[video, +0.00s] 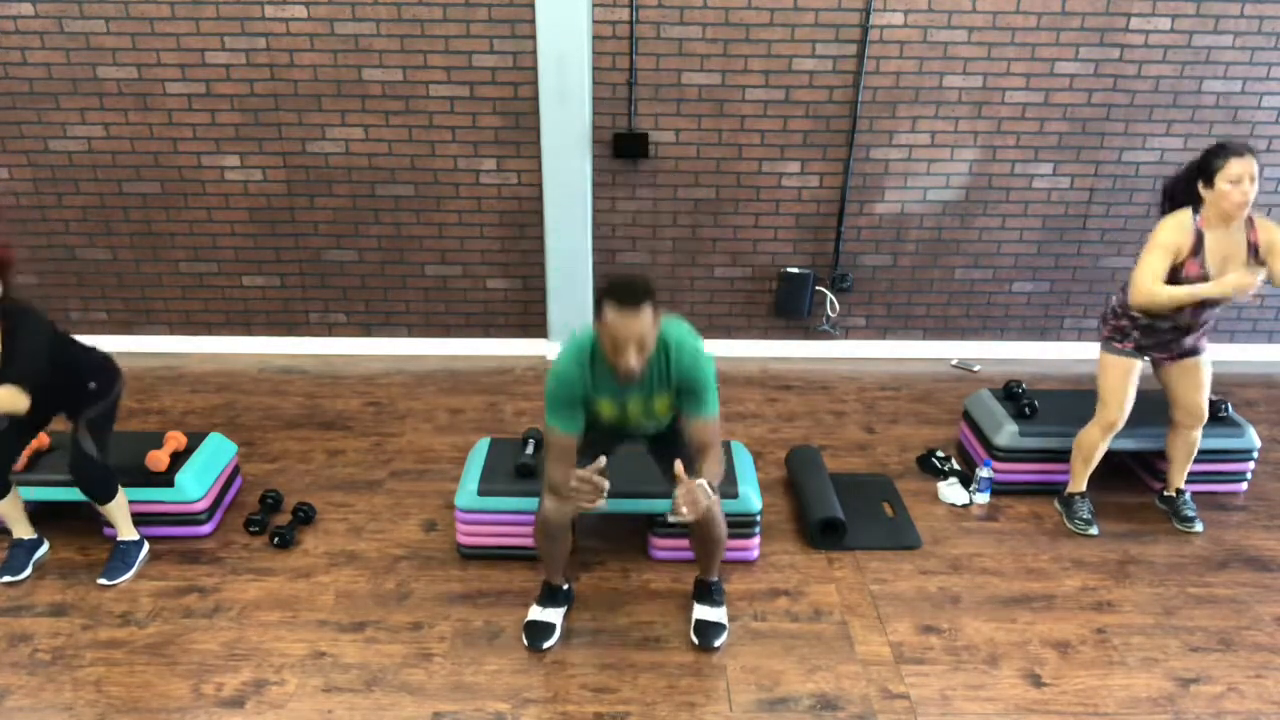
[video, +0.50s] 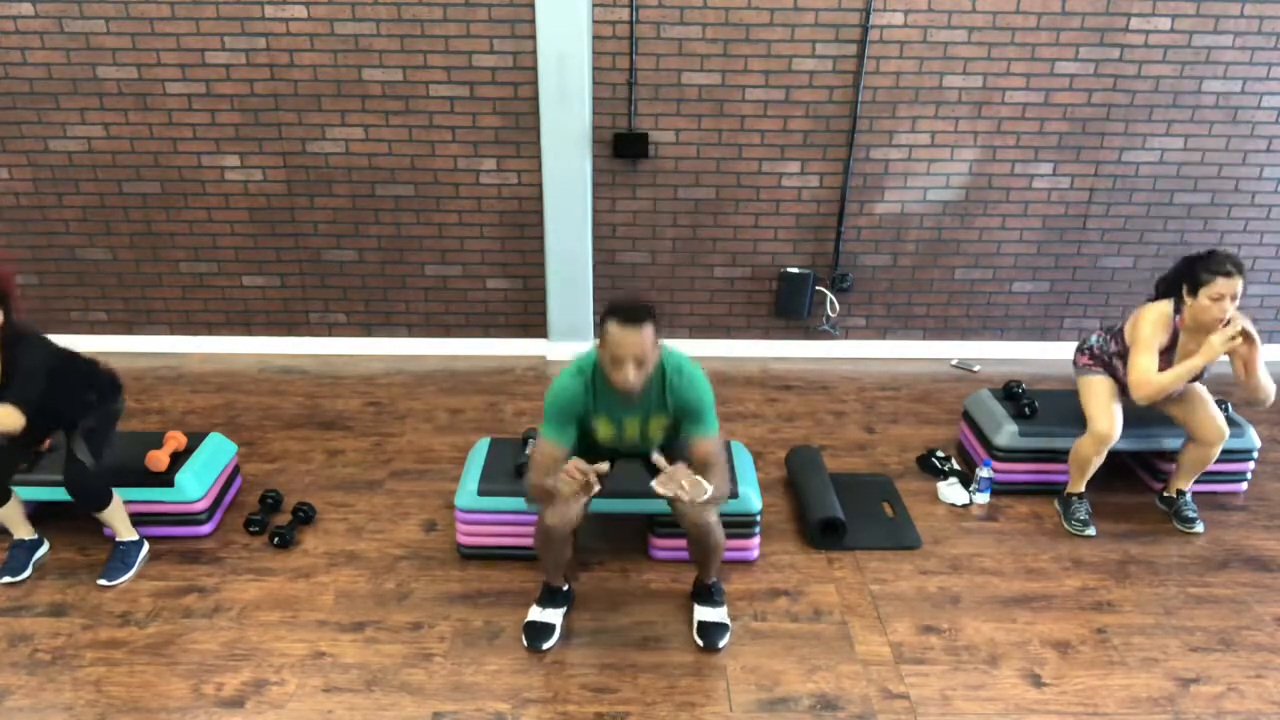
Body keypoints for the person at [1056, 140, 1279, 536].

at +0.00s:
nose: (1247, 191)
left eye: (1252, 181)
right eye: (1235, 182)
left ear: (1257, 184)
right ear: (1205, 188)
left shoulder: (1263, 234)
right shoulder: (1177, 227)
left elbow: (1278, 277)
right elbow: (1142, 295)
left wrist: (1264, 269)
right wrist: (1216, 289)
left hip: (1185, 330)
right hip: (1132, 324)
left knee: (1192, 416)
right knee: (1111, 417)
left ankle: (1174, 493)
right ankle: (1074, 494)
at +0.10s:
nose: (1246, 221)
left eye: (1251, 211)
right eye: (1235, 211)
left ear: (1256, 215)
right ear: (1204, 216)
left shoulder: (1253, 255)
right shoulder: (1175, 250)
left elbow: (1277, 305)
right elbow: (1154, 319)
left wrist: (1270, 276)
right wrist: (1221, 287)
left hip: (1173, 337)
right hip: (1120, 329)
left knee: (1198, 419)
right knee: (1109, 419)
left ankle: (1173, 492)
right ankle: (1073, 493)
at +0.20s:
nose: (1241, 252)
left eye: (1246, 242)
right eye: (1230, 242)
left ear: (1252, 245)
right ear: (1200, 245)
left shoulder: (1247, 286)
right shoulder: (1169, 274)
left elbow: (1276, 345)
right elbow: (1157, 345)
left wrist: (1270, 307)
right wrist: (1222, 306)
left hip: (1170, 348)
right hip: (1115, 340)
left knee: (1204, 423)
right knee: (1107, 424)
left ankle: (1174, 493)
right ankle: (1073, 494)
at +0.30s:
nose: (1236, 279)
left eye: (1241, 268)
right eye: (1225, 268)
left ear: (1247, 270)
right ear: (1194, 270)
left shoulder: (1239, 308)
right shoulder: (1162, 295)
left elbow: (1268, 375)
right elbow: (1151, 367)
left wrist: (1259, 336)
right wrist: (1215, 329)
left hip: (1167, 356)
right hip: (1109, 349)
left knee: (1209, 429)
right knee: (1106, 428)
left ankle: (1174, 493)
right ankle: (1073, 494)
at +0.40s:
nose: (1229, 298)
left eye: (1235, 288)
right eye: (1219, 288)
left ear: (1241, 289)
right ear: (1190, 287)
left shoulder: (1234, 322)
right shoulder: (1157, 310)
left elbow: (1265, 392)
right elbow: (1145, 385)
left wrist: (1255, 352)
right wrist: (1207, 348)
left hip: (1164, 365)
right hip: (1106, 358)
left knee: (1212, 433)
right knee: (1106, 431)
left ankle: (1175, 493)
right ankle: (1073, 494)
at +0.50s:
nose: (1227, 311)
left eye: (1234, 299)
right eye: (1217, 299)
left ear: (1239, 299)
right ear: (1188, 295)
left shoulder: (1231, 329)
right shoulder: (1155, 318)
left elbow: (1262, 399)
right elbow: (1142, 391)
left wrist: (1252, 364)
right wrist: (1204, 357)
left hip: (1162, 372)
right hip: (1104, 363)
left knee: (1214, 432)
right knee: (1105, 431)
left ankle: (1175, 493)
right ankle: (1073, 494)